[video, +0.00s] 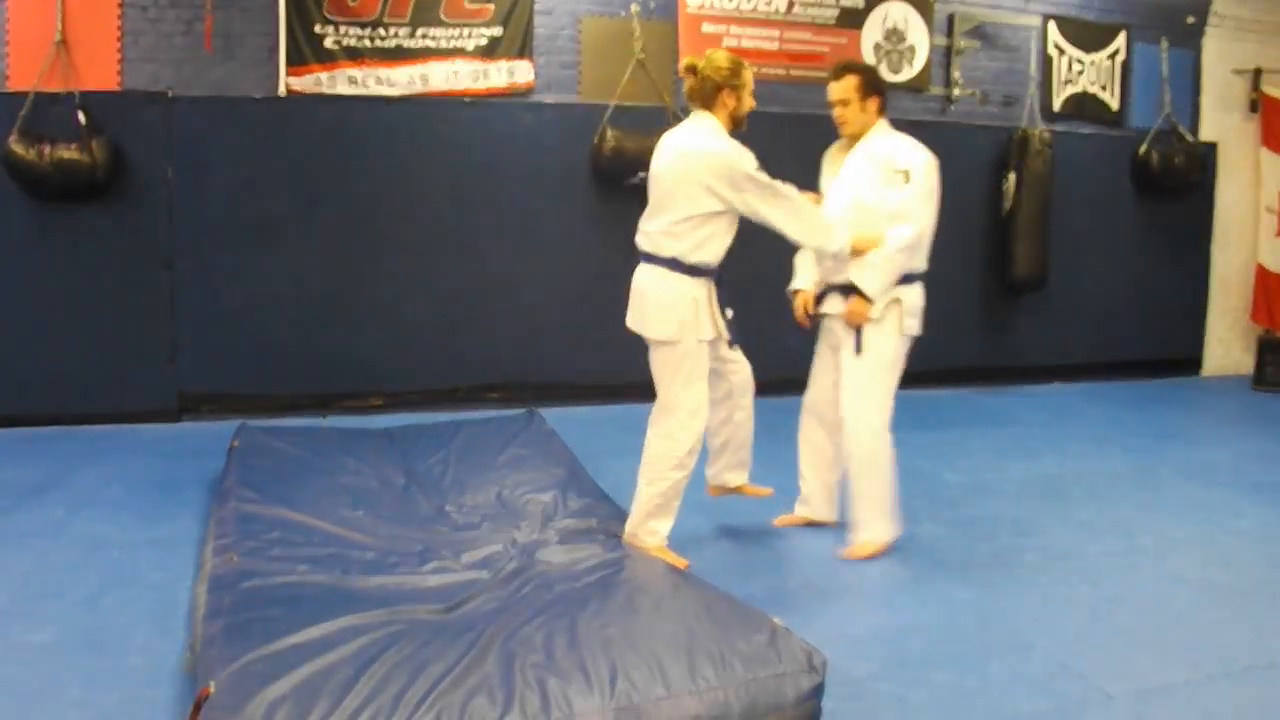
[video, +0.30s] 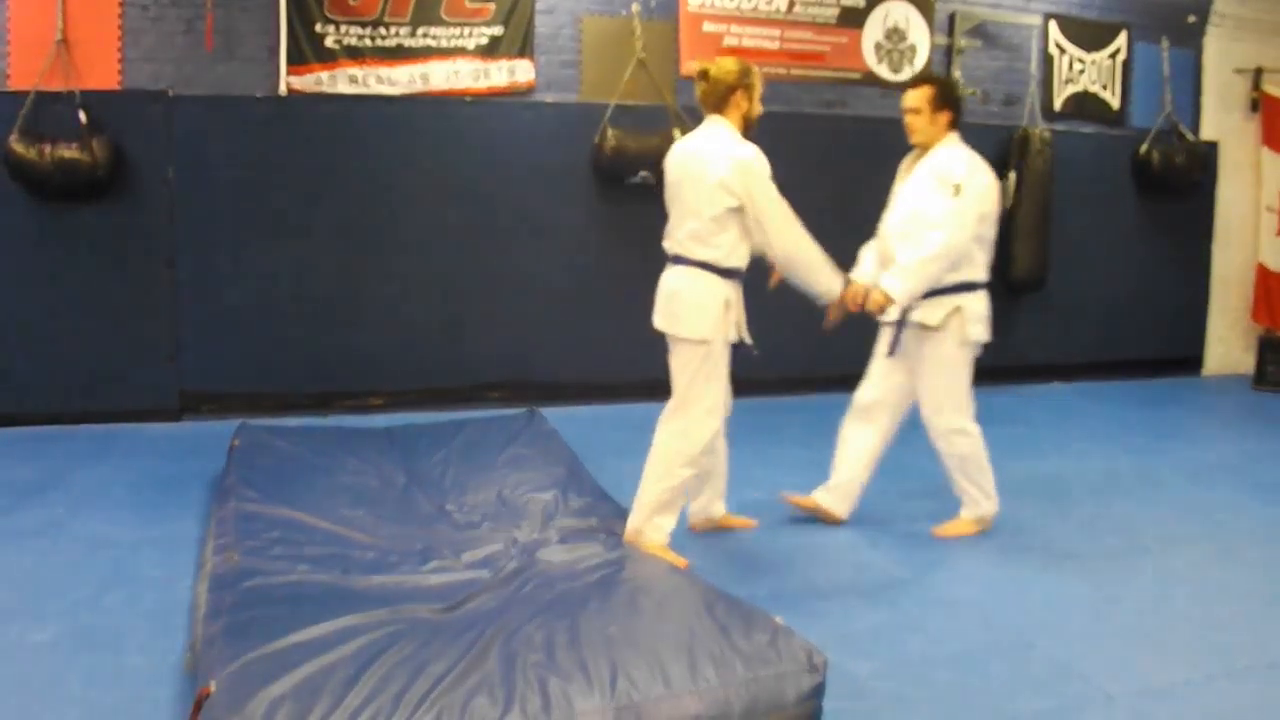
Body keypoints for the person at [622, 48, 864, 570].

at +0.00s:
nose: (753, 99)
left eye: (751, 91)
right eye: (749, 91)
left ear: (711, 95)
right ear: (727, 96)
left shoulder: (678, 138)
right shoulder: (719, 153)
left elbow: (744, 190)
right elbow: (776, 208)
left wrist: (796, 200)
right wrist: (845, 240)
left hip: (670, 283)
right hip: (678, 293)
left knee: (732, 377)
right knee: (682, 413)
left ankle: (726, 476)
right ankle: (645, 533)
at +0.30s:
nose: (758, 106)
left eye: (756, 97)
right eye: (755, 98)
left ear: (712, 99)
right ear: (740, 100)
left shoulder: (680, 150)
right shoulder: (742, 158)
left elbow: (718, 214)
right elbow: (783, 234)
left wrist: (768, 250)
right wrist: (836, 289)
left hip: (678, 284)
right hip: (707, 292)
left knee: (712, 403)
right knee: (693, 412)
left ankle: (707, 509)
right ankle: (646, 530)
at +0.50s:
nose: (784, 112)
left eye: (781, 103)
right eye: (780, 104)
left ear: (740, 108)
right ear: (762, 107)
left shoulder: (713, 155)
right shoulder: (759, 161)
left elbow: (700, 237)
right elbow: (752, 249)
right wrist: (740, 323)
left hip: (696, 286)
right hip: (730, 294)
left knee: (717, 407)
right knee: (761, 410)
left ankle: (710, 505)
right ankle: (682, 507)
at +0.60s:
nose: (796, 110)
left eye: (794, 101)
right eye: (791, 101)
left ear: (751, 104)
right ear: (773, 104)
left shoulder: (728, 148)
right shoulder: (767, 155)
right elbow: (750, 235)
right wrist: (728, 304)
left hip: (706, 277)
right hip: (737, 285)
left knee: (721, 406)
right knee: (775, 406)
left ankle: (709, 510)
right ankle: (727, 518)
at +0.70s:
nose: (803, 108)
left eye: (801, 99)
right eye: (799, 99)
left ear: (759, 102)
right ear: (781, 102)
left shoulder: (737, 146)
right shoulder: (775, 154)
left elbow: (723, 229)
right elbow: (757, 236)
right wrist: (735, 307)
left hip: (715, 276)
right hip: (748, 286)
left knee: (721, 403)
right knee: (775, 414)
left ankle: (709, 505)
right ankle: (762, 542)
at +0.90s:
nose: (813, 104)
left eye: (811, 95)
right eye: (809, 95)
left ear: (762, 101)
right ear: (792, 100)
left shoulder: (736, 151)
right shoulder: (796, 158)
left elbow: (730, 230)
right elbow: (801, 249)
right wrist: (814, 329)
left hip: (722, 284)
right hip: (762, 294)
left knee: (740, 408)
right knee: (782, 421)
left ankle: (717, 496)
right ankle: (759, 545)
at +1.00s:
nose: (811, 98)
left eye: (809, 89)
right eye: (807, 90)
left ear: (759, 94)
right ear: (792, 95)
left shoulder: (733, 148)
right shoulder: (797, 153)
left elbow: (734, 223)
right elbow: (817, 240)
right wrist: (842, 312)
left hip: (723, 280)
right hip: (765, 290)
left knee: (737, 403)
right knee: (779, 417)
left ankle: (721, 496)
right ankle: (758, 543)